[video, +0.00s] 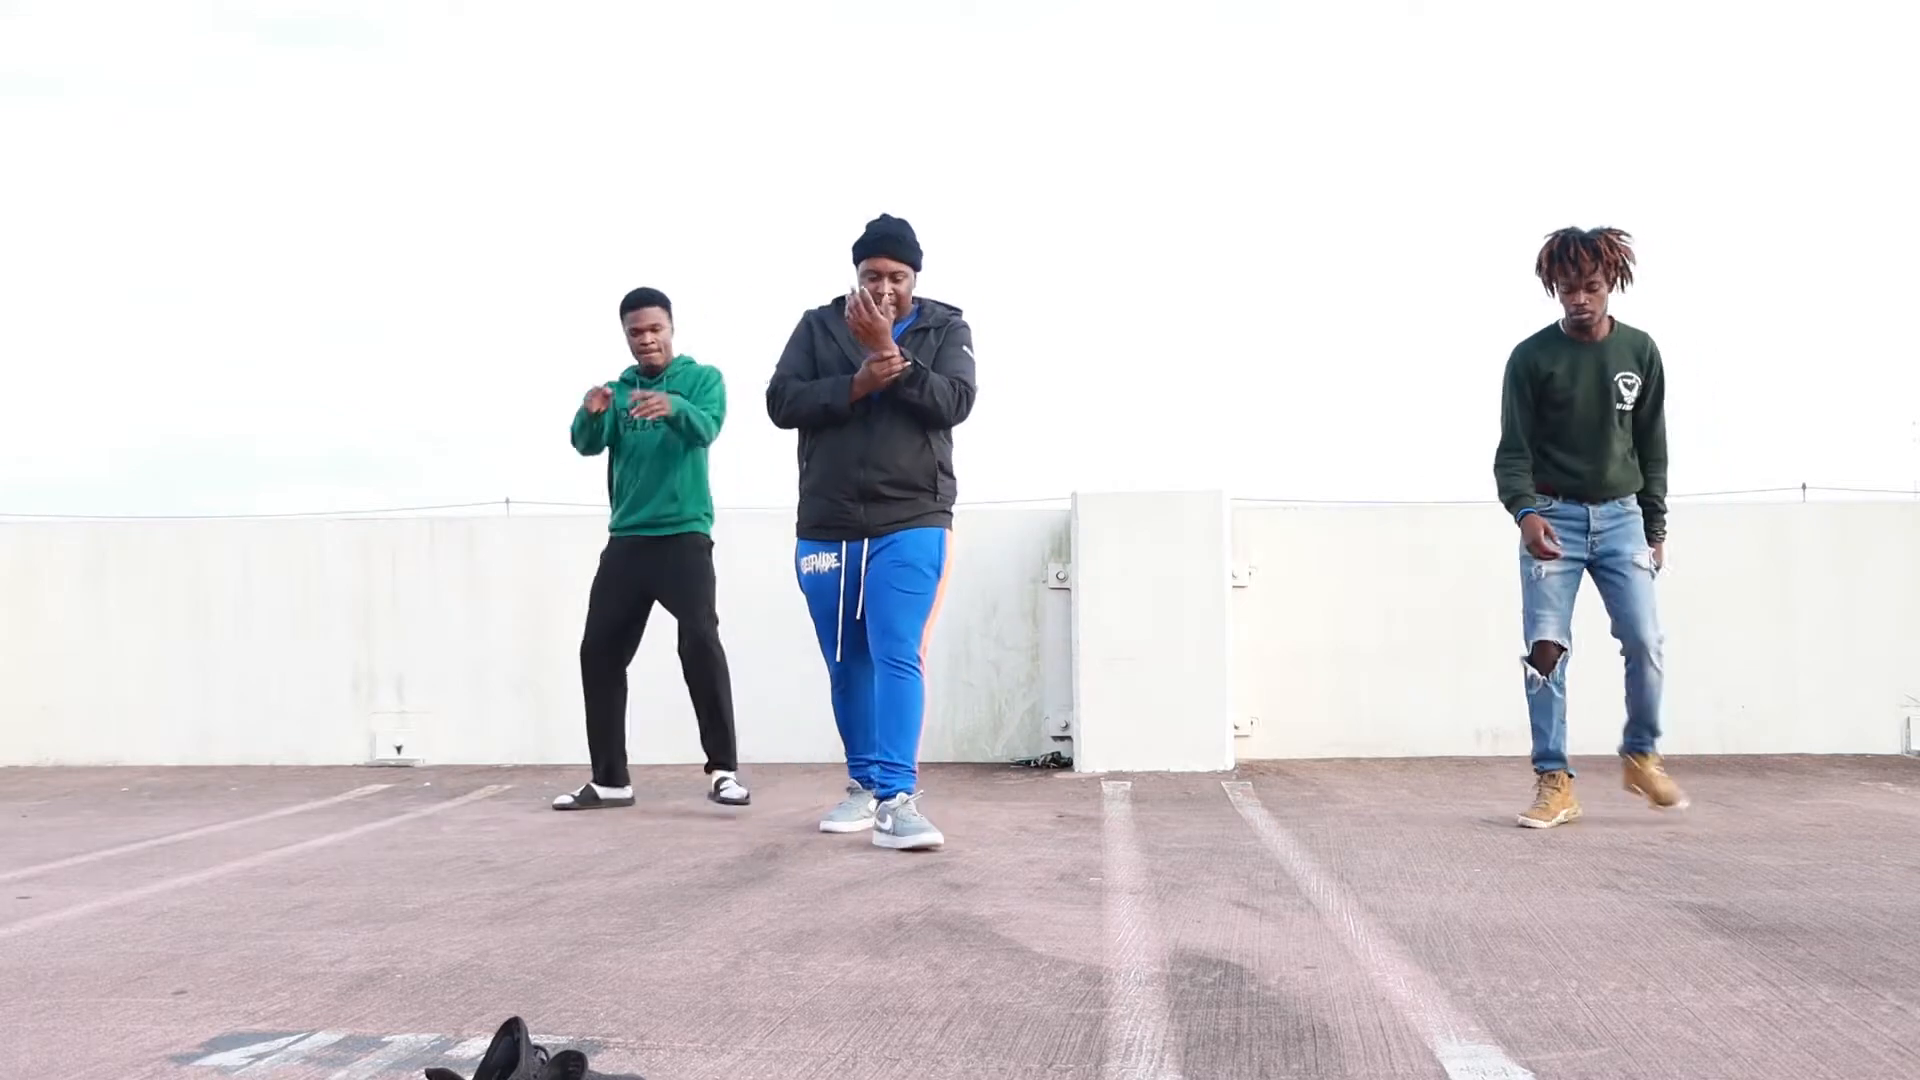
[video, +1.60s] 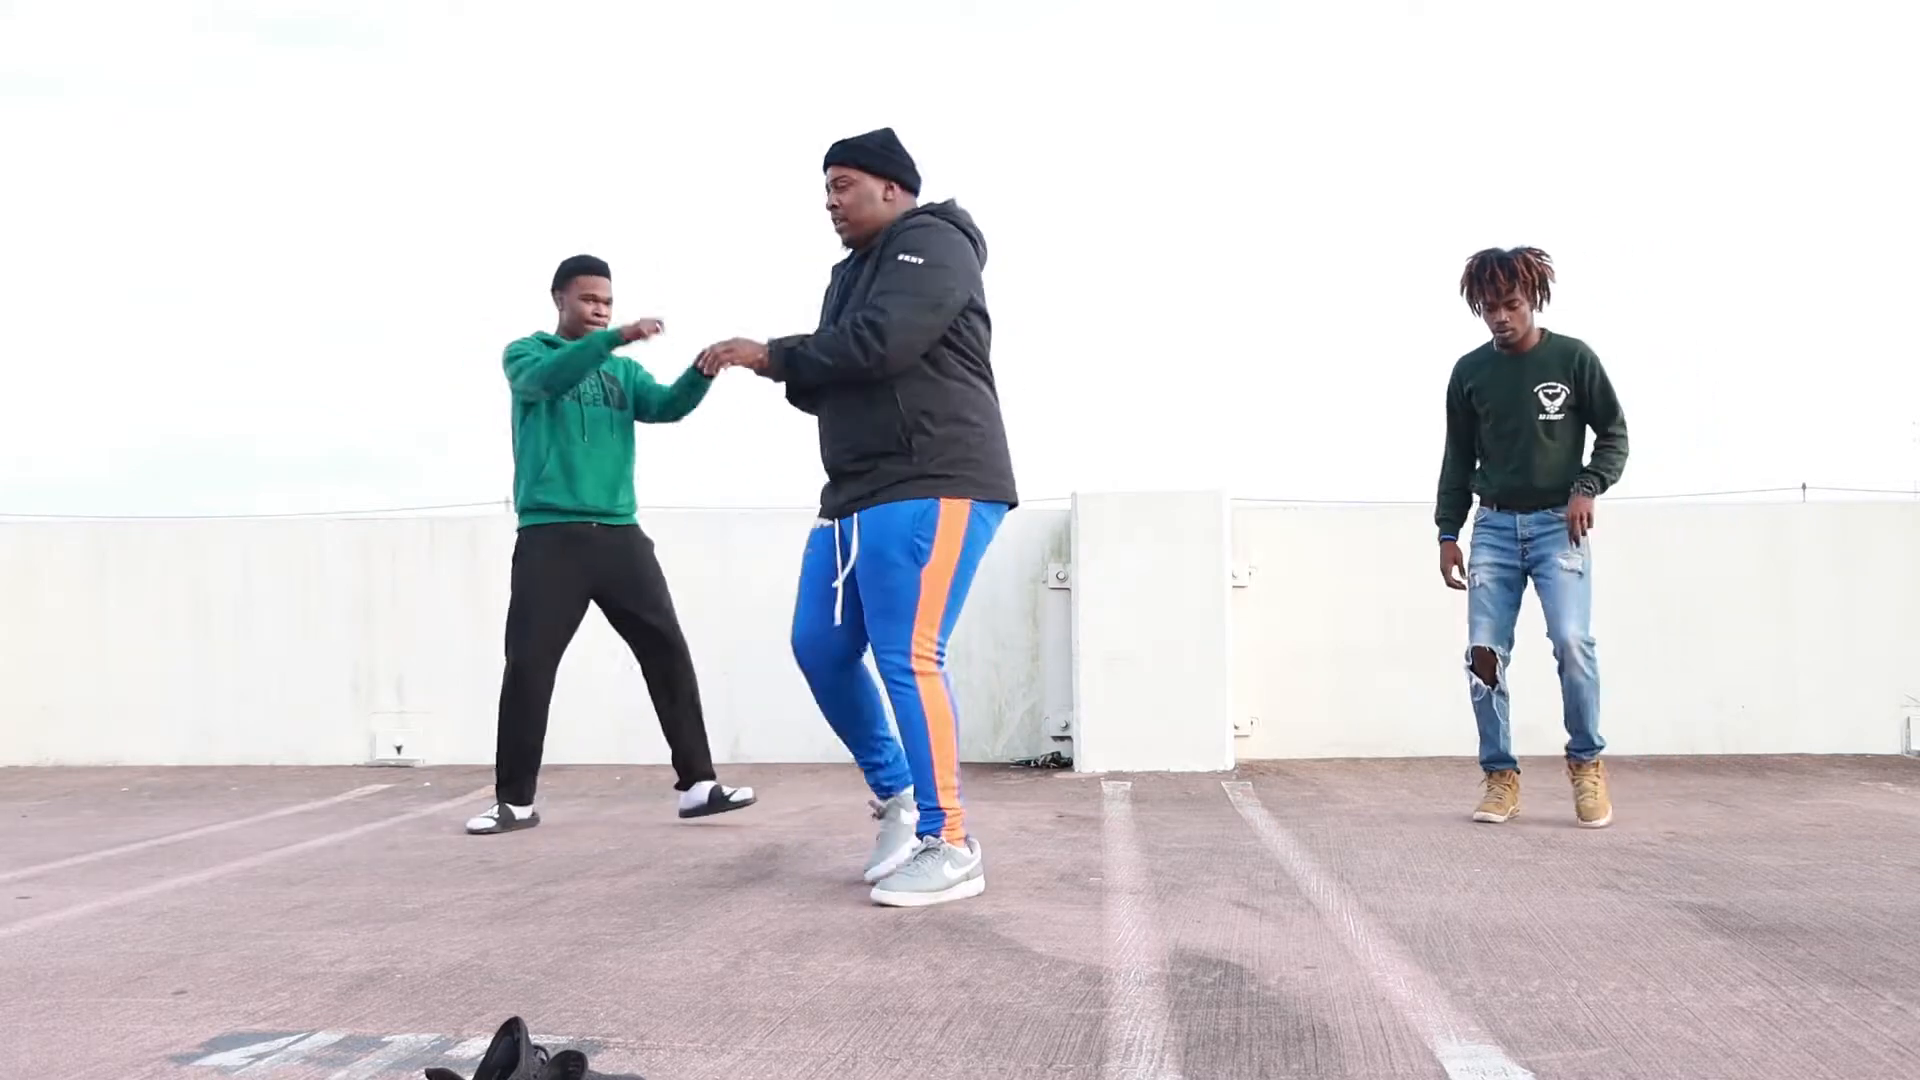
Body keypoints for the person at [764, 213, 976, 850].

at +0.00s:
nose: (883, 289)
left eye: (896, 277)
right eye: (872, 276)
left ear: (916, 279)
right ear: (854, 275)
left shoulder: (941, 326)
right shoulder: (819, 325)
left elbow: (953, 403)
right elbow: (781, 401)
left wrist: (887, 349)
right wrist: (855, 384)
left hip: (909, 516)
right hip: (827, 520)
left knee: (895, 650)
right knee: (846, 659)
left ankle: (896, 797)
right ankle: (865, 788)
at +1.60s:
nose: (831, 201)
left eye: (844, 186)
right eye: (827, 190)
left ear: (892, 187)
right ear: (840, 201)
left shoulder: (932, 240)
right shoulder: (850, 274)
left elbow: (879, 343)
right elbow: (834, 390)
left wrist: (774, 356)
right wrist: (778, 362)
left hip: (935, 483)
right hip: (857, 492)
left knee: (908, 652)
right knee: (822, 649)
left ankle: (948, 843)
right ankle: (900, 799)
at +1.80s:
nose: (824, 191)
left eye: (834, 177)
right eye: (824, 178)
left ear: (876, 177)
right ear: (876, 180)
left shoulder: (892, 230)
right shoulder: (879, 240)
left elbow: (833, 335)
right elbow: (858, 365)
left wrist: (749, 355)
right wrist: (778, 358)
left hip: (913, 478)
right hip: (869, 483)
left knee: (900, 655)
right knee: (808, 637)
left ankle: (947, 844)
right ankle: (828, 821)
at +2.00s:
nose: (807, 200)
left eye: (816, 187)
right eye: (809, 187)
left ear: (852, 192)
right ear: (867, 194)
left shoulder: (844, 250)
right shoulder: (901, 260)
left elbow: (789, 355)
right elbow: (883, 376)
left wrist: (728, 381)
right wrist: (795, 406)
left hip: (873, 487)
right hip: (874, 486)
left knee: (863, 665)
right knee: (801, 656)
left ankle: (944, 845)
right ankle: (789, 830)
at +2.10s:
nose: (793, 205)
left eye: (802, 193)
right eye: (797, 192)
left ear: (834, 197)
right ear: (860, 201)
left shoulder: (821, 257)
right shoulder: (898, 273)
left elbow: (764, 361)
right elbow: (863, 379)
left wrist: (721, 391)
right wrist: (767, 391)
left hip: (844, 489)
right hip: (894, 489)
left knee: (854, 668)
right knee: (777, 651)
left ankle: (942, 843)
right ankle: (786, 831)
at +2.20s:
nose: (775, 208)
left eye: (784, 196)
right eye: (780, 195)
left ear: (815, 201)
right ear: (842, 205)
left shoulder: (801, 261)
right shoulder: (880, 282)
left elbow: (741, 359)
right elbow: (835, 373)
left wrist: (700, 395)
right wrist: (744, 374)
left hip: (815, 491)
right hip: (856, 489)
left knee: (813, 666)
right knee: (762, 661)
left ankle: (928, 831)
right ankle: (784, 830)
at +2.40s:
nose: (742, 207)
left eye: (750, 195)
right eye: (745, 195)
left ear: (780, 200)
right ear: (806, 205)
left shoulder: (759, 261)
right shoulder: (851, 283)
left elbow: (693, 372)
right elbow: (804, 370)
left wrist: (669, 379)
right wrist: (706, 360)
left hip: (773, 482)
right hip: (849, 493)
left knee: (698, 641)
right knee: (777, 657)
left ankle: (788, 799)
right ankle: (788, 835)